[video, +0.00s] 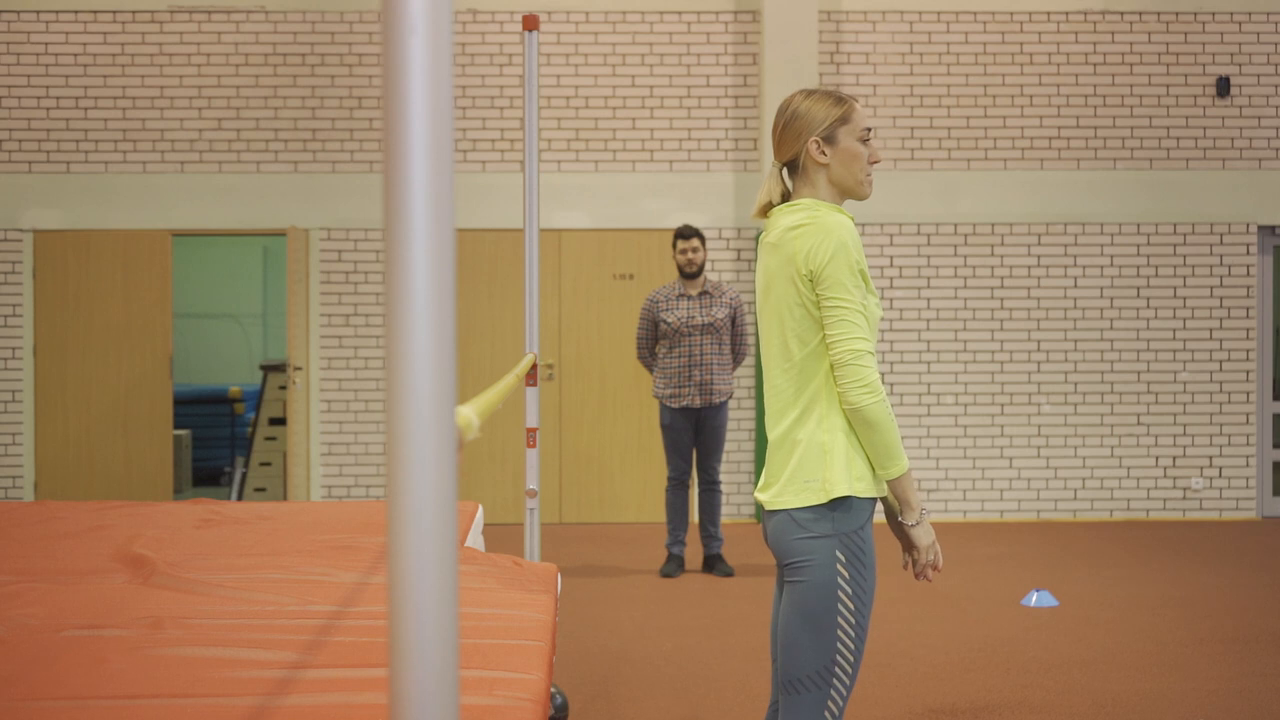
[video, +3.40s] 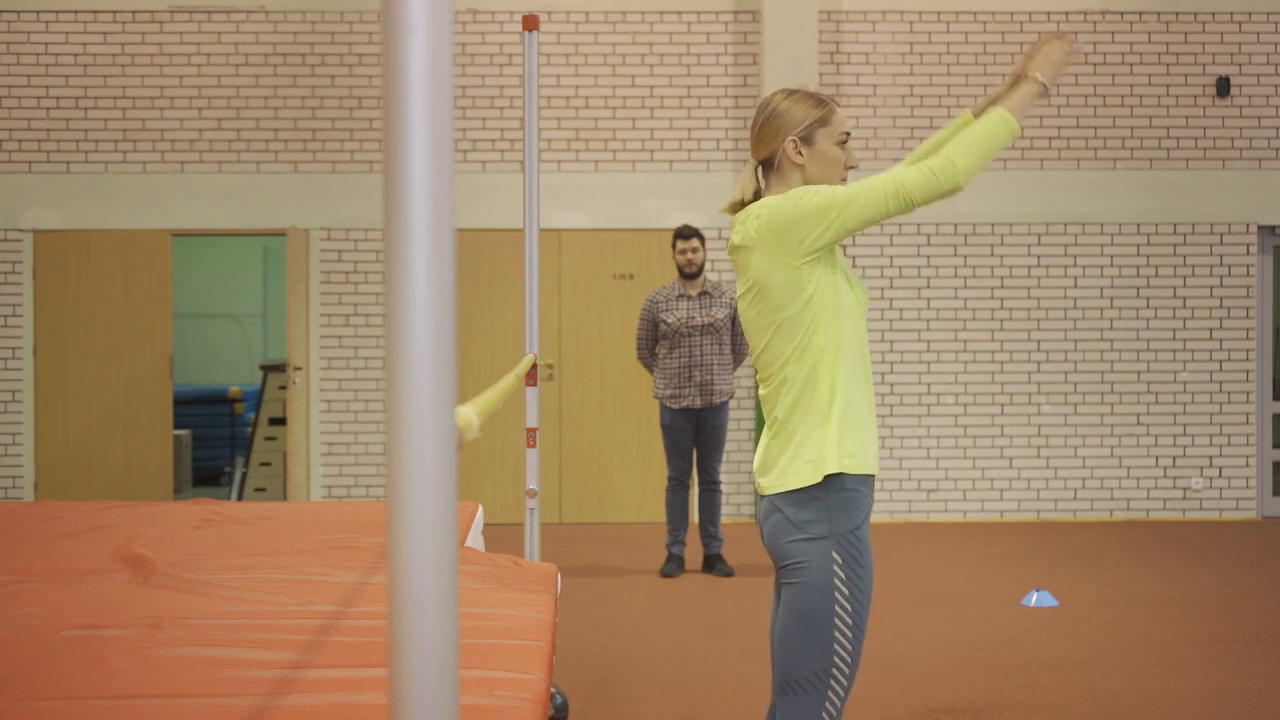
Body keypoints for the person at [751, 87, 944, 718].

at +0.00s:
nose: (874, 154)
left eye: (870, 140)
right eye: (862, 140)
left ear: (817, 154)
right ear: (819, 152)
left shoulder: (782, 231)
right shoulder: (829, 231)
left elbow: (812, 389)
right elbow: (856, 384)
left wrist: (897, 510)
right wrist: (909, 507)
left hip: (795, 501)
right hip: (828, 503)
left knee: (793, 706)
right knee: (815, 707)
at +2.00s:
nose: (869, 151)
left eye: (864, 137)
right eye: (856, 138)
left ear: (811, 154)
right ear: (812, 151)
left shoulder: (783, 231)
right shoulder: (824, 231)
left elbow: (814, 387)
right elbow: (852, 385)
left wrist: (900, 512)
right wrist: (904, 512)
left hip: (792, 507)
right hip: (819, 510)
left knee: (793, 706)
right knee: (807, 708)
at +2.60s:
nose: (863, 153)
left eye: (858, 138)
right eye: (850, 139)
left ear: (805, 154)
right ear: (804, 151)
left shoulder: (781, 228)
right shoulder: (816, 226)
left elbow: (876, 359)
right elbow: (896, 356)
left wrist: (990, 448)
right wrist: (1000, 455)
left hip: (785, 501)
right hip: (806, 505)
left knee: (788, 705)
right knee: (802, 706)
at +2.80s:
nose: (857, 154)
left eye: (854, 140)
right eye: (845, 140)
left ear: (801, 153)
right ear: (801, 150)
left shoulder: (780, 227)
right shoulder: (804, 223)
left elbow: (896, 327)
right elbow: (912, 319)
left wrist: (1034, 373)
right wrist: (1048, 377)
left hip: (793, 499)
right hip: (806, 501)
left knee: (792, 703)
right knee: (802, 705)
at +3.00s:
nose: (854, 156)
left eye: (850, 139)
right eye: (841, 140)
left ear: (798, 153)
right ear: (797, 151)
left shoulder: (778, 224)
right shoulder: (795, 223)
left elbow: (925, 277)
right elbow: (931, 276)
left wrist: (1067, 279)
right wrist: (1073, 277)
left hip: (799, 501)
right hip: (809, 502)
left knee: (794, 704)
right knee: (804, 706)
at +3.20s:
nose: (852, 156)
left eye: (848, 141)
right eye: (840, 141)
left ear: (796, 153)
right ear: (796, 151)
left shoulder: (782, 223)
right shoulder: (785, 221)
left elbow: (927, 223)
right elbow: (932, 225)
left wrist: (1047, 176)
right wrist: (1064, 176)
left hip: (806, 498)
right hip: (812, 499)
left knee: (800, 703)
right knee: (807, 705)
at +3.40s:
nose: (849, 159)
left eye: (848, 144)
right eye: (840, 144)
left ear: (790, 151)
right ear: (792, 149)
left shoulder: (782, 221)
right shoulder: (783, 222)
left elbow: (913, 176)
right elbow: (932, 180)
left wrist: (1005, 94)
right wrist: (1028, 89)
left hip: (814, 494)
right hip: (819, 497)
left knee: (802, 702)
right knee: (814, 704)